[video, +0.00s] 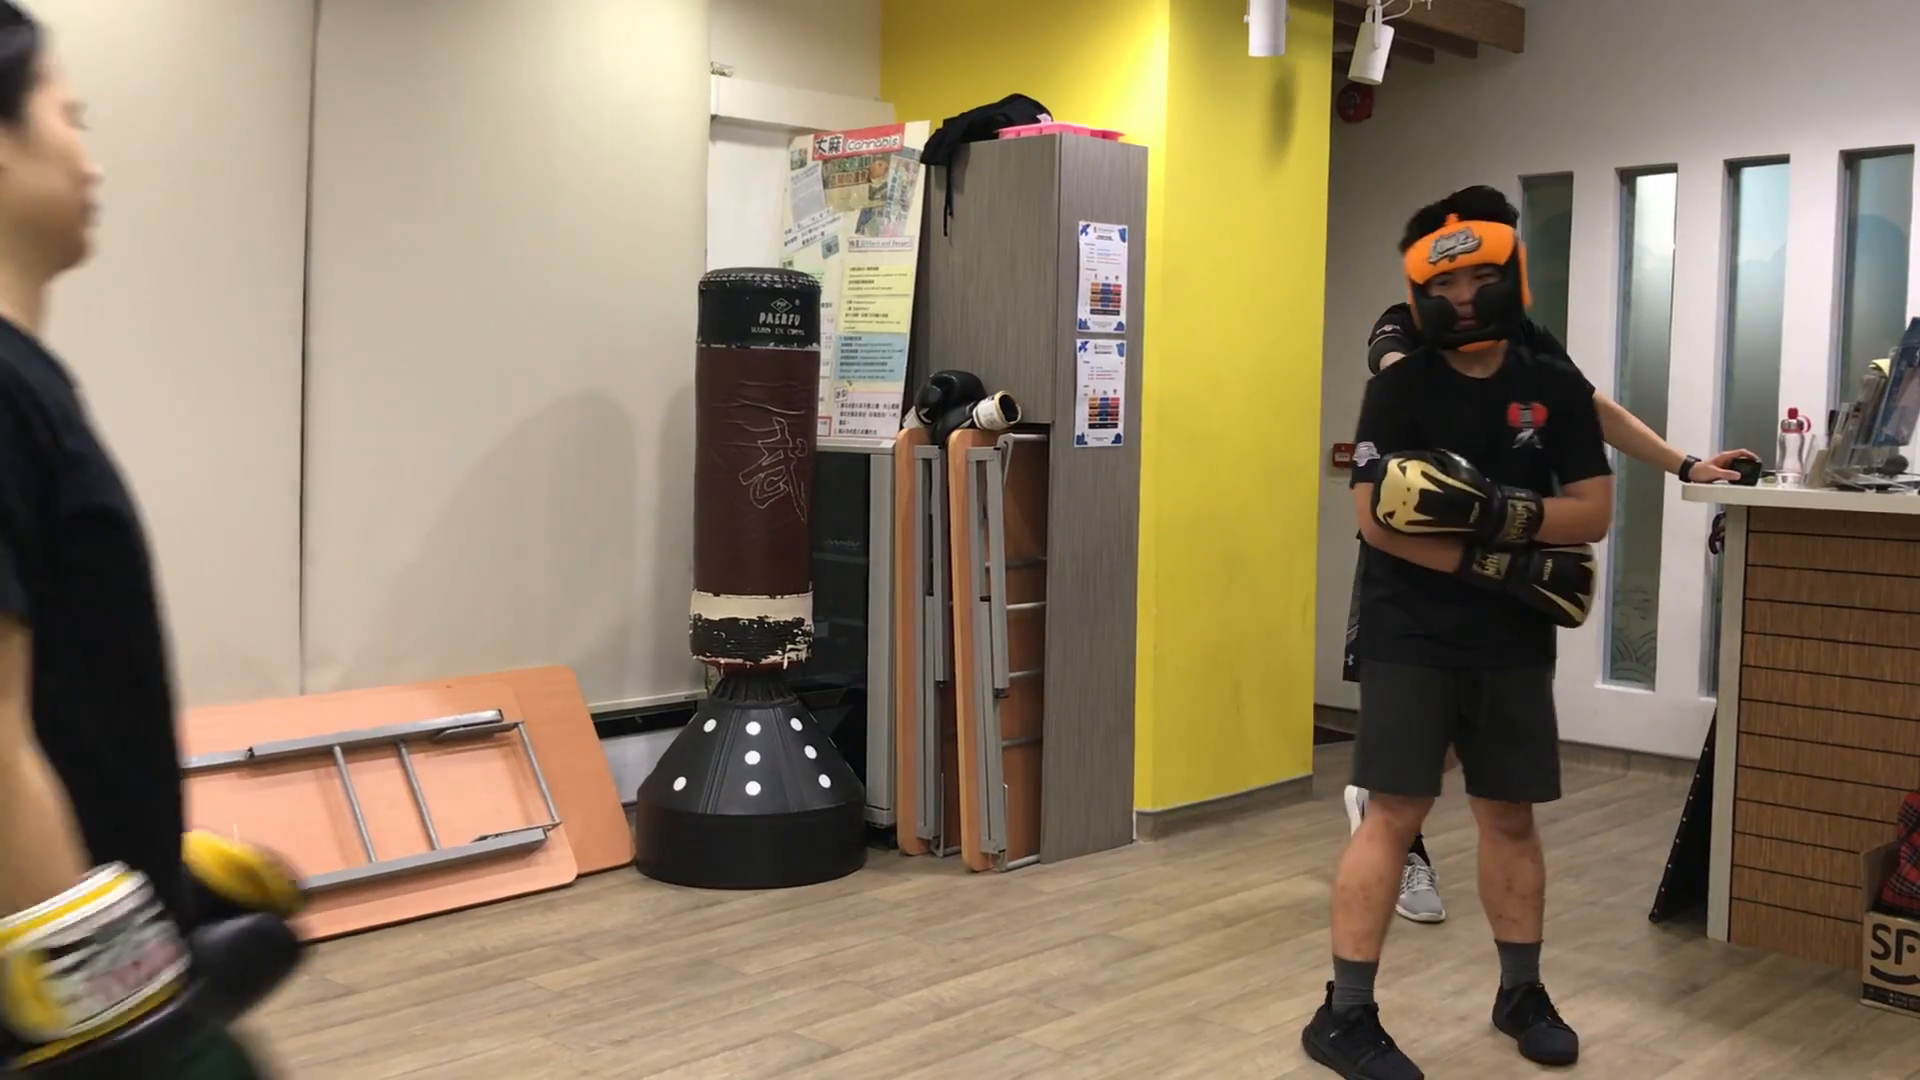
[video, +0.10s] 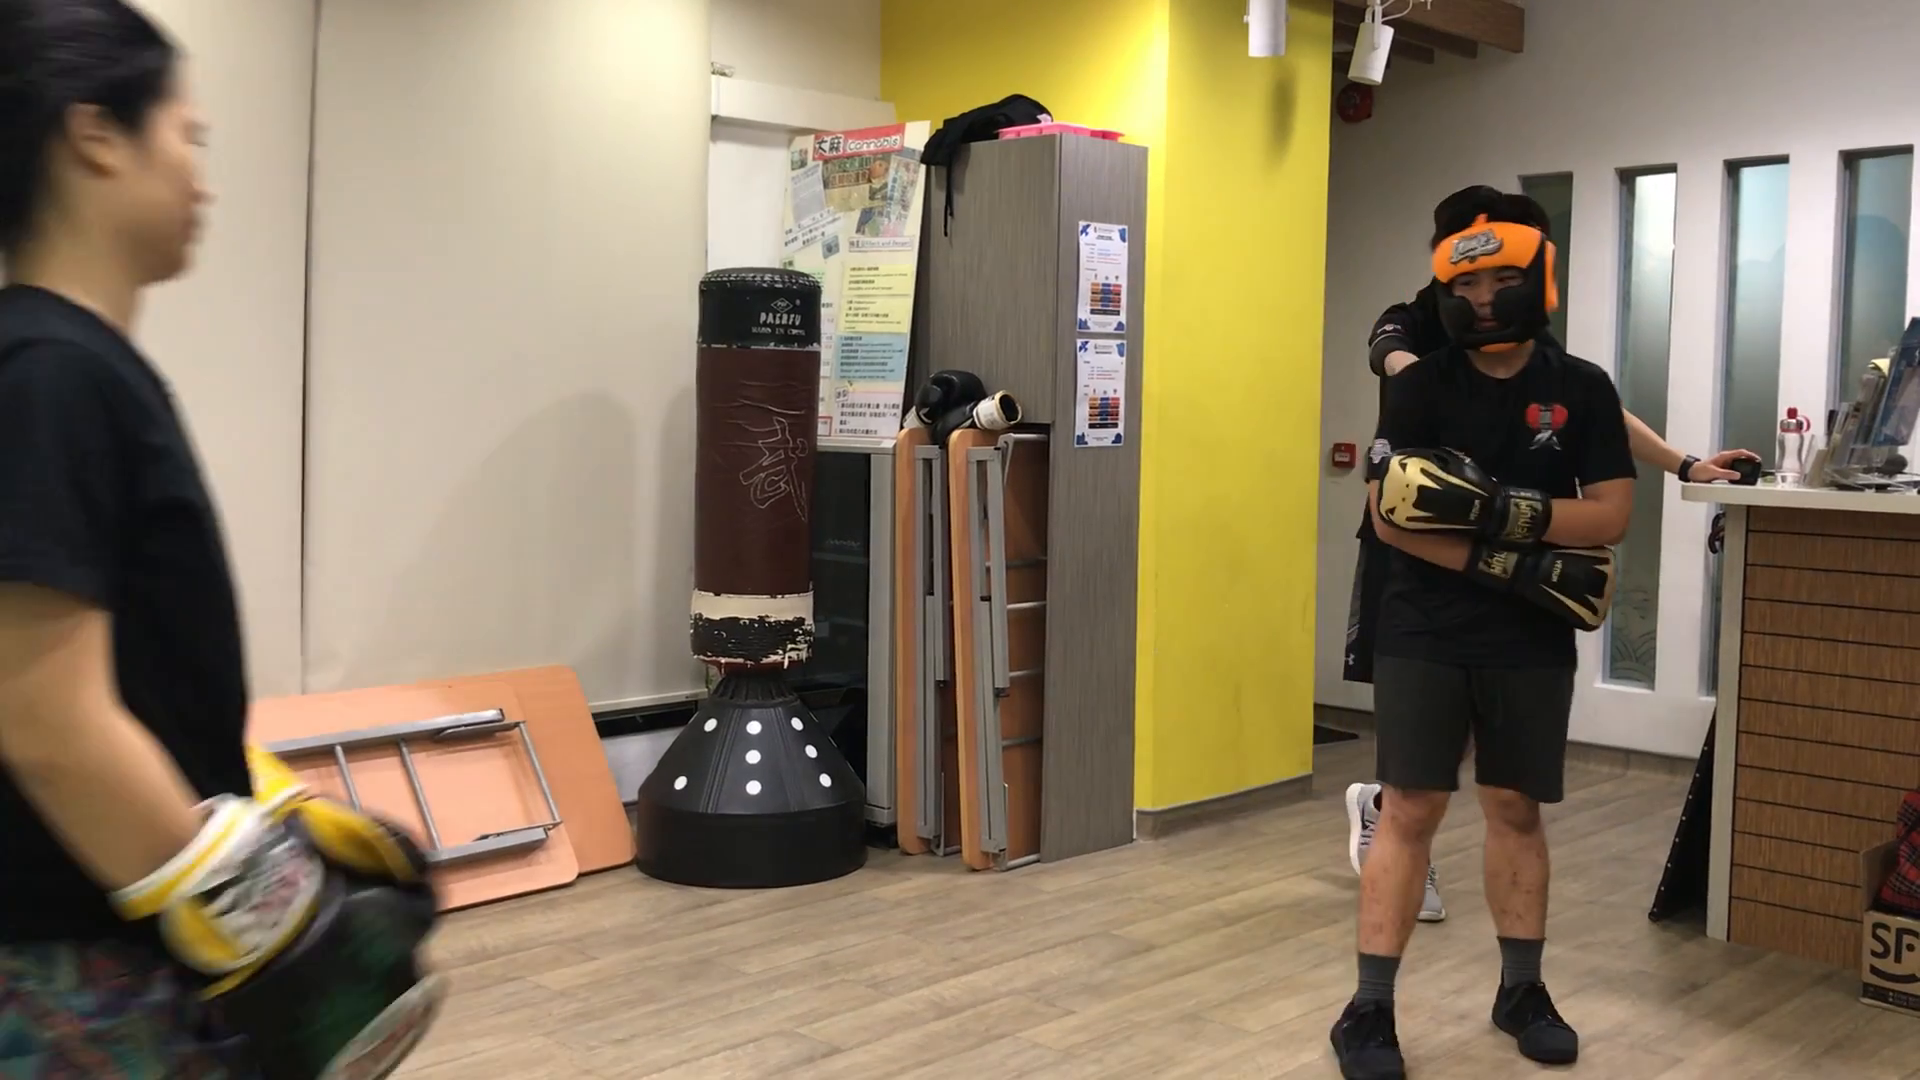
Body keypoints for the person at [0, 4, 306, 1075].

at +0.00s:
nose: (94, 165)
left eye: (80, 122)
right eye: (69, 120)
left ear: (18, 140)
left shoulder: (33, 378)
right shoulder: (10, 385)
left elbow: (52, 710)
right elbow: (1, 742)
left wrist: (168, 855)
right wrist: (114, 1001)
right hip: (68, 1008)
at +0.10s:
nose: (204, 179)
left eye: (198, 140)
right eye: (187, 136)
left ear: (96, 144)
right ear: (94, 142)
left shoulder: (86, 364)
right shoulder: (48, 374)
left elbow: (118, 682)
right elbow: (49, 717)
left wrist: (274, 835)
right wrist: (261, 924)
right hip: (76, 972)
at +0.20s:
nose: (319, 227)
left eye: (322, 188)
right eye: (311, 184)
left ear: (224, 171)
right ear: (225, 169)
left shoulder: (127, 364)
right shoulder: (138, 379)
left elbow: (174, 687)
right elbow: (152, 718)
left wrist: (350, 797)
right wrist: (378, 859)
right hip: (142, 974)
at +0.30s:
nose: (408, 292)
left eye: (422, 256)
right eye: (417, 249)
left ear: (341, 213)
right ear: (343, 212)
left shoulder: (169, 384)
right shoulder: (241, 403)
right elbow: (277, 727)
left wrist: (402, 773)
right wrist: (477, 827)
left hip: (151, 972)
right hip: (247, 999)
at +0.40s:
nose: (519, 301)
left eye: (532, 267)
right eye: (528, 262)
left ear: (354, 230)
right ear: (469, 228)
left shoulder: (250, 419)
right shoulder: (382, 429)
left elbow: (277, 722)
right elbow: (431, 732)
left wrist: (493, 869)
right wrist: (588, 808)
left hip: (220, 978)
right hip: (371, 998)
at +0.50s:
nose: (633, 288)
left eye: (643, 255)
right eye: (641, 251)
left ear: (470, 223)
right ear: (591, 221)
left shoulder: (353, 418)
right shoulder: (529, 430)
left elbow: (401, 699)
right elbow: (616, 736)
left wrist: (628, 803)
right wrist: (740, 779)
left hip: (334, 973)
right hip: (511, 987)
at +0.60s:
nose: (727, 278)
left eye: (734, 245)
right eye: (732, 241)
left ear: (562, 208)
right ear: (692, 213)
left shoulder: (424, 409)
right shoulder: (667, 423)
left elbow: (380, 663)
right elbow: (799, 729)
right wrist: (863, 724)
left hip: (440, 953)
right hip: (640, 961)